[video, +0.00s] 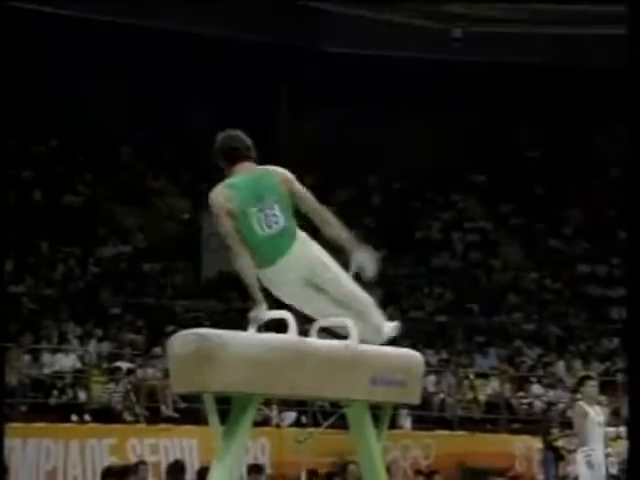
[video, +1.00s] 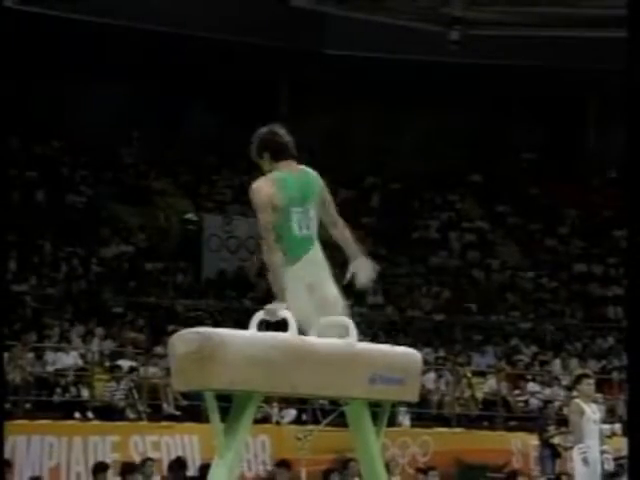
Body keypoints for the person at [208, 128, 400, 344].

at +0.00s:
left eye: (226, 159)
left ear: (223, 163)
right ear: (252, 153)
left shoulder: (220, 197)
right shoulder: (278, 174)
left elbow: (239, 252)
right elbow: (318, 214)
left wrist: (259, 303)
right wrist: (354, 248)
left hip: (275, 276)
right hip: (303, 251)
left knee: (323, 310)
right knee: (344, 287)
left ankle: (368, 337)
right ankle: (381, 328)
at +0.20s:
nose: (301, 169)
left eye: (302, 163)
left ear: (307, 164)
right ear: (332, 164)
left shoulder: (294, 192)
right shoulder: (345, 202)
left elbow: (277, 247)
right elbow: (337, 259)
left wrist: (264, 303)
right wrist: (332, 309)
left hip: (274, 270)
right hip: (299, 276)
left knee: (224, 327)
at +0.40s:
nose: (304, 184)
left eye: (306, 178)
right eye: (306, 180)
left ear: (316, 174)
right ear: (336, 175)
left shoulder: (315, 184)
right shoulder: (356, 215)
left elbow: (298, 213)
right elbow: (342, 265)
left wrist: (275, 247)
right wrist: (332, 310)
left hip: (297, 247)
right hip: (311, 277)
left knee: (235, 279)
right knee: (240, 304)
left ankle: (175, 310)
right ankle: (181, 321)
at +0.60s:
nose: (252, 210)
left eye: (251, 204)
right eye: (250, 206)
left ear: (254, 193)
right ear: (270, 184)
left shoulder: (264, 197)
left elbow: (274, 242)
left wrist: (274, 292)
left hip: (320, 215)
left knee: (345, 261)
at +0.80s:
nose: (219, 190)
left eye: (217, 185)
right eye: (218, 184)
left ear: (221, 180)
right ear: (243, 169)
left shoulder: (232, 200)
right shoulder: (268, 182)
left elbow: (259, 251)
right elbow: (307, 233)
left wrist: (281, 299)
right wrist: (330, 294)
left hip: (318, 247)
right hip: (334, 225)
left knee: (391, 286)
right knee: (398, 261)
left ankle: (469, 314)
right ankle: (473, 301)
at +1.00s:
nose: (260, 165)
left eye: (259, 160)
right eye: (258, 161)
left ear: (266, 157)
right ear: (289, 150)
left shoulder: (263, 188)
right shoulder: (312, 177)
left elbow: (269, 243)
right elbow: (334, 223)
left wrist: (279, 293)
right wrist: (357, 258)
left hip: (286, 264)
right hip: (315, 258)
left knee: (301, 319)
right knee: (334, 311)